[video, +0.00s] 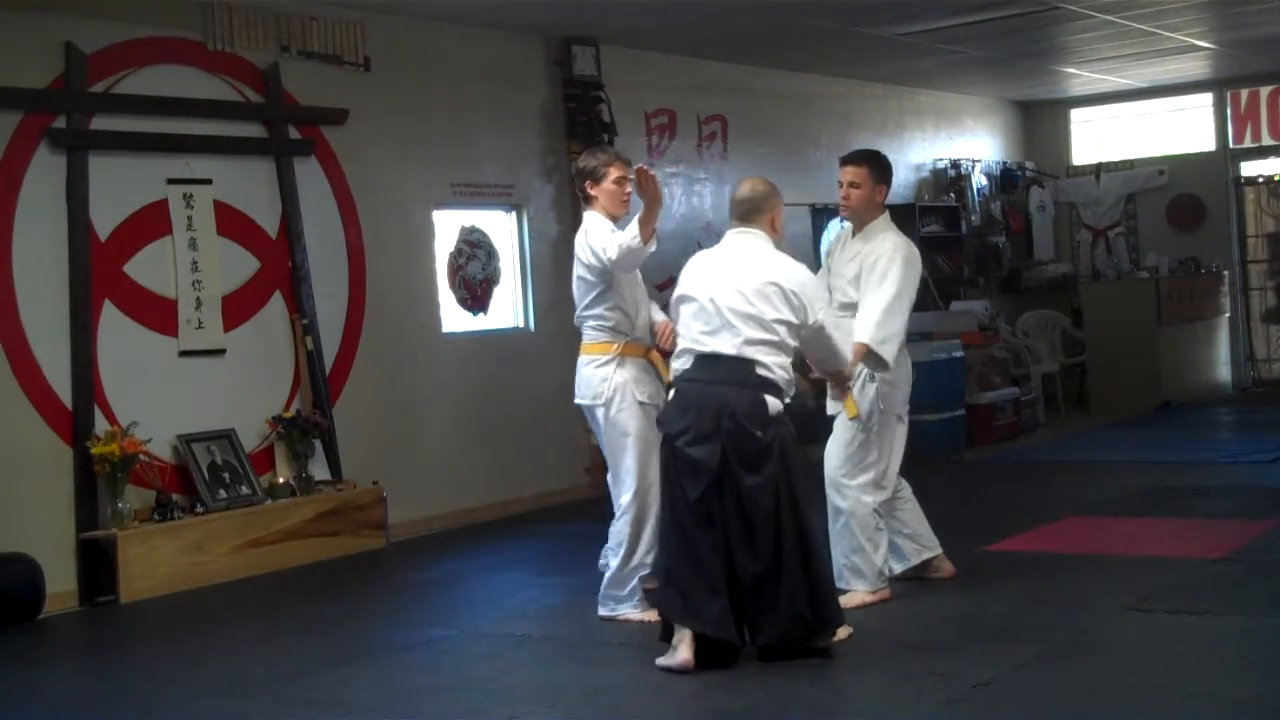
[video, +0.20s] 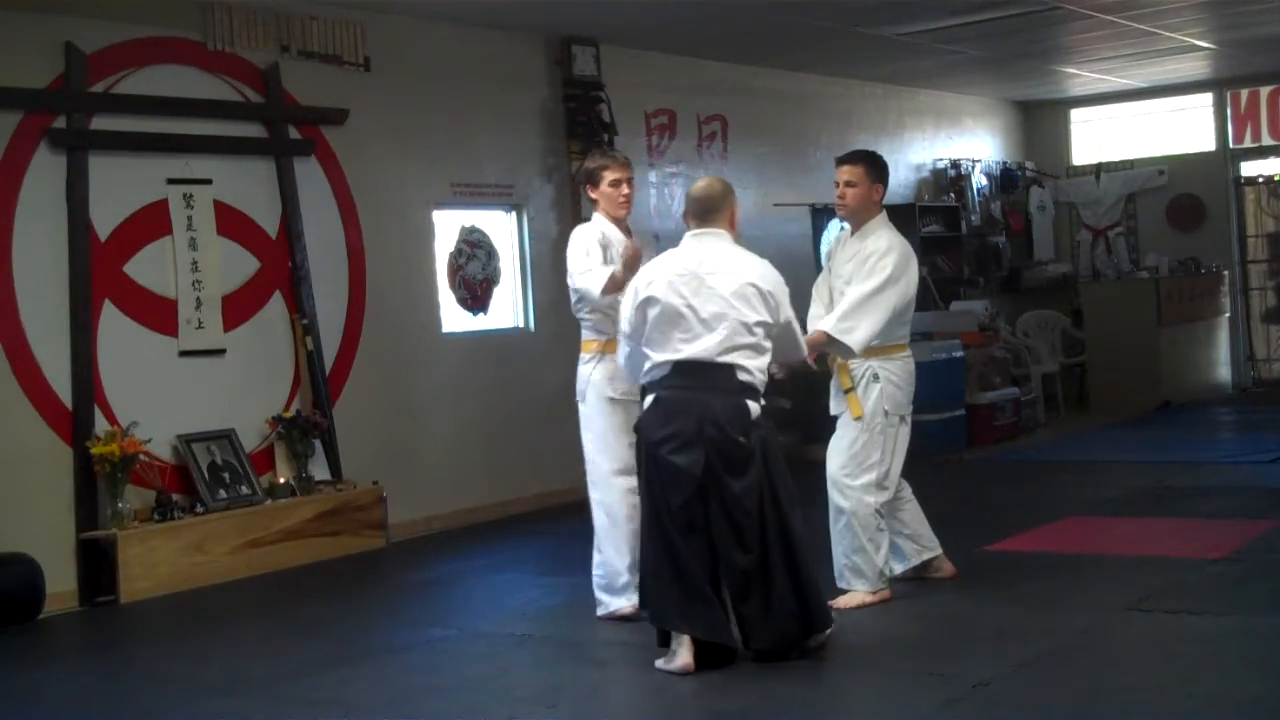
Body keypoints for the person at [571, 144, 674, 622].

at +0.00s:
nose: (628, 189)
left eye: (629, 180)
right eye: (619, 181)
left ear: (622, 189)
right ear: (591, 189)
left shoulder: (613, 232)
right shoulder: (593, 228)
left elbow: (636, 303)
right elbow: (620, 255)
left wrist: (659, 320)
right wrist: (651, 210)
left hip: (633, 367)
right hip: (613, 371)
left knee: (645, 483)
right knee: (636, 486)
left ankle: (632, 576)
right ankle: (618, 597)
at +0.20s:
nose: (626, 191)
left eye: (628, 183)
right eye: (616, 185)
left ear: (630, 188)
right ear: (592, 192)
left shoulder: (628, 239)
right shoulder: (586, 236)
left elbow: (640, 298)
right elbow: (595, 290)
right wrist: (627, 269)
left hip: (635, 364)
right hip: (603, 367)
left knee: (634, 478)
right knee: (614, 482)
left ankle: (632, 588)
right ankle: (615, 593)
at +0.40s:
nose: (624, 190)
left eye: (629, 181)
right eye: (613, 184)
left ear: (640, 187)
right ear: (597, 194)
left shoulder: (660, 241)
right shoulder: (583, 245)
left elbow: (678, 302)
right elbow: (570, 311)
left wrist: (676, 352)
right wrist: (579, 366)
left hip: (655, 369)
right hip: (603, 372)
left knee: (658, 470)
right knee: (599, 474)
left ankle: (664, 576)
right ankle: (586, 580)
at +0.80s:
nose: (614, 190)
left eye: (623, 183)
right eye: (607, 182)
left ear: (639, 192)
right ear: (597, 191)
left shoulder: (653, 244)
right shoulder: (591, 250)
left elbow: (665, 315)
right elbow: (585, 318)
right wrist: (584, 383)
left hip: (650, 376)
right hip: (607, 378)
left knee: (651, 480)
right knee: (616, 480)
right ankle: (632, 565)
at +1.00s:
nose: (607, 192)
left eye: (617, 184)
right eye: (601, 183)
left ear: (633, 191)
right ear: (592, 190)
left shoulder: (639, 240)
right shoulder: (602, 239)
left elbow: (634, 322)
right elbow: (597, 315)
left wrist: (614, 386)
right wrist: (591, 379)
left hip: (634, 379)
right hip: (612, 377)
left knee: (627, 476)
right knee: (621, 475)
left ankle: (635, 562)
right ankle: (628, 558)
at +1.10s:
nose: (605, 193)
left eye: (615, 186)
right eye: (599, 185)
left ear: (632, 192)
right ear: (591, 191)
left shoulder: (637, 240)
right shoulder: (603, 238)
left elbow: (630, 320)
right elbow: (603, 314)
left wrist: (610, 382)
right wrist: (596, 375)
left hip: (633, 369)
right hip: (609, 363)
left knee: (629, 468)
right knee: (623, 466)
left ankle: (638, 558)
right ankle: (632, 554)